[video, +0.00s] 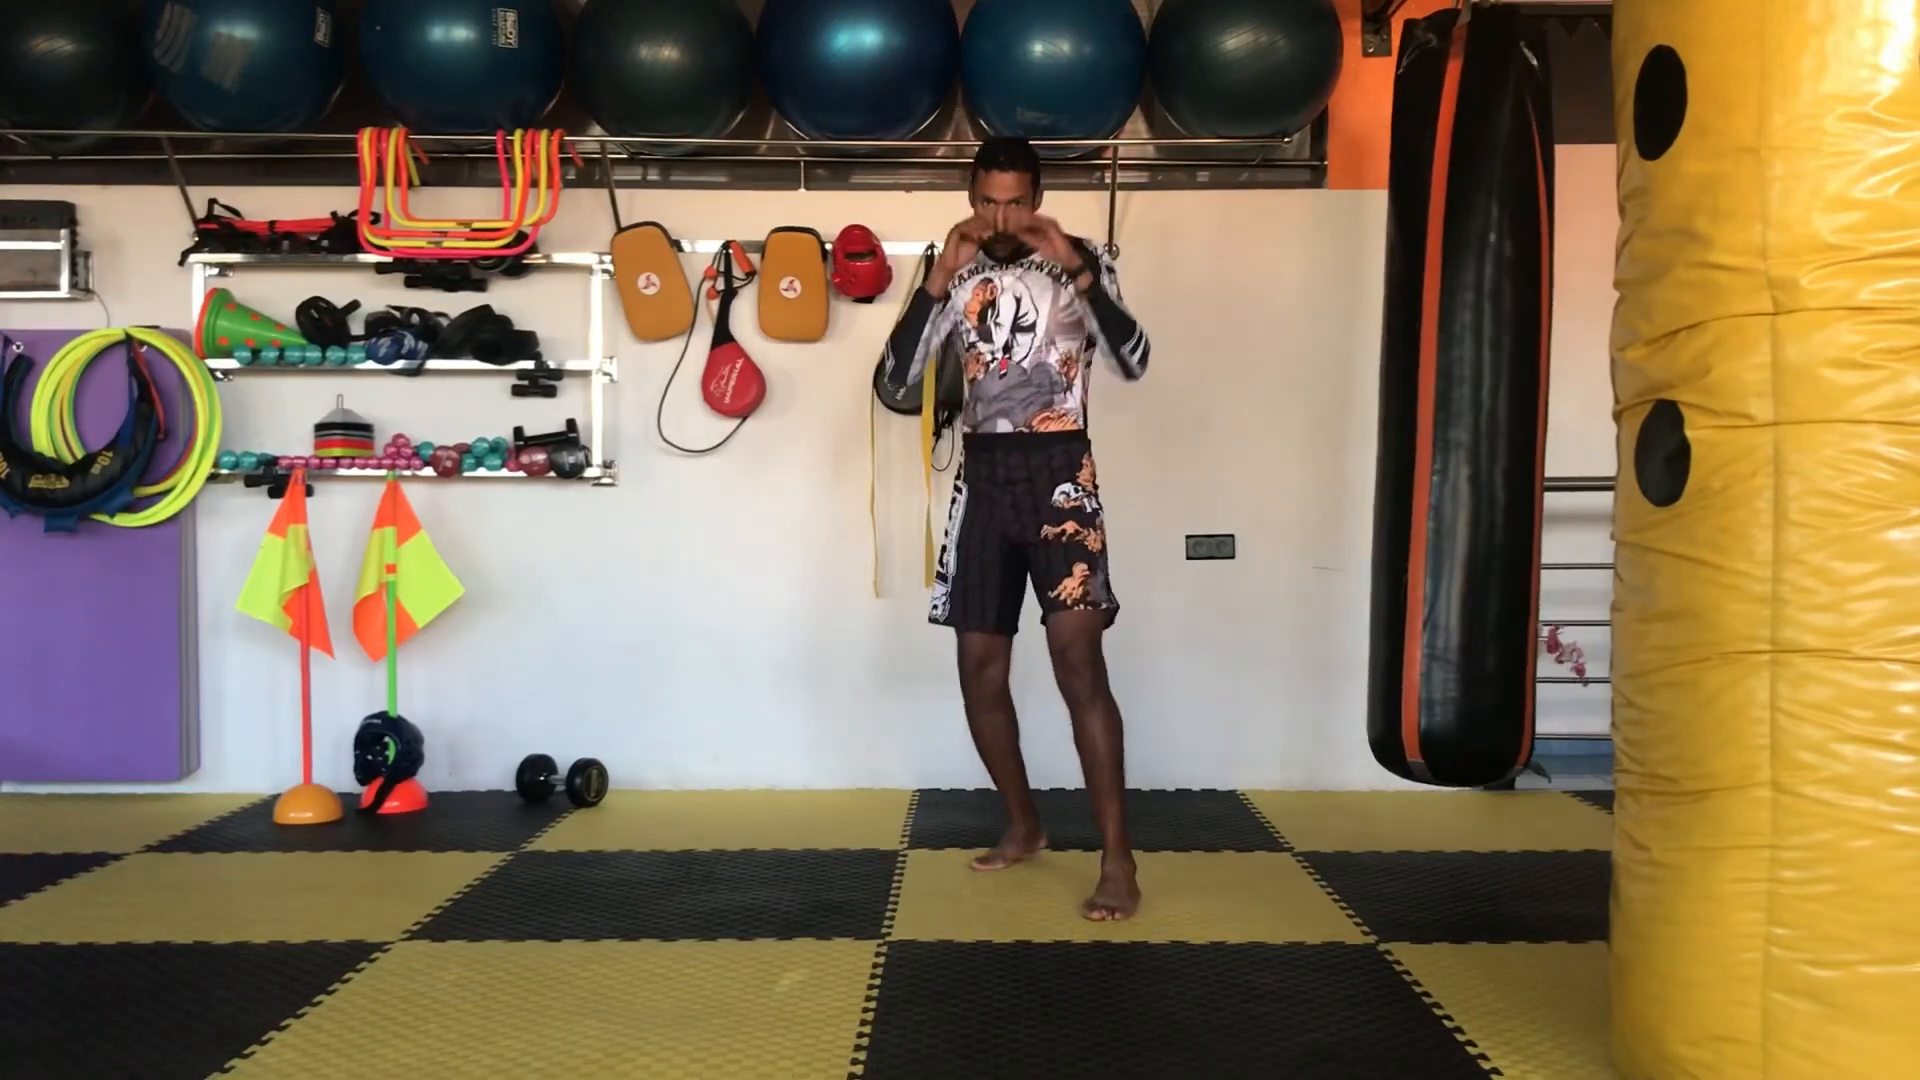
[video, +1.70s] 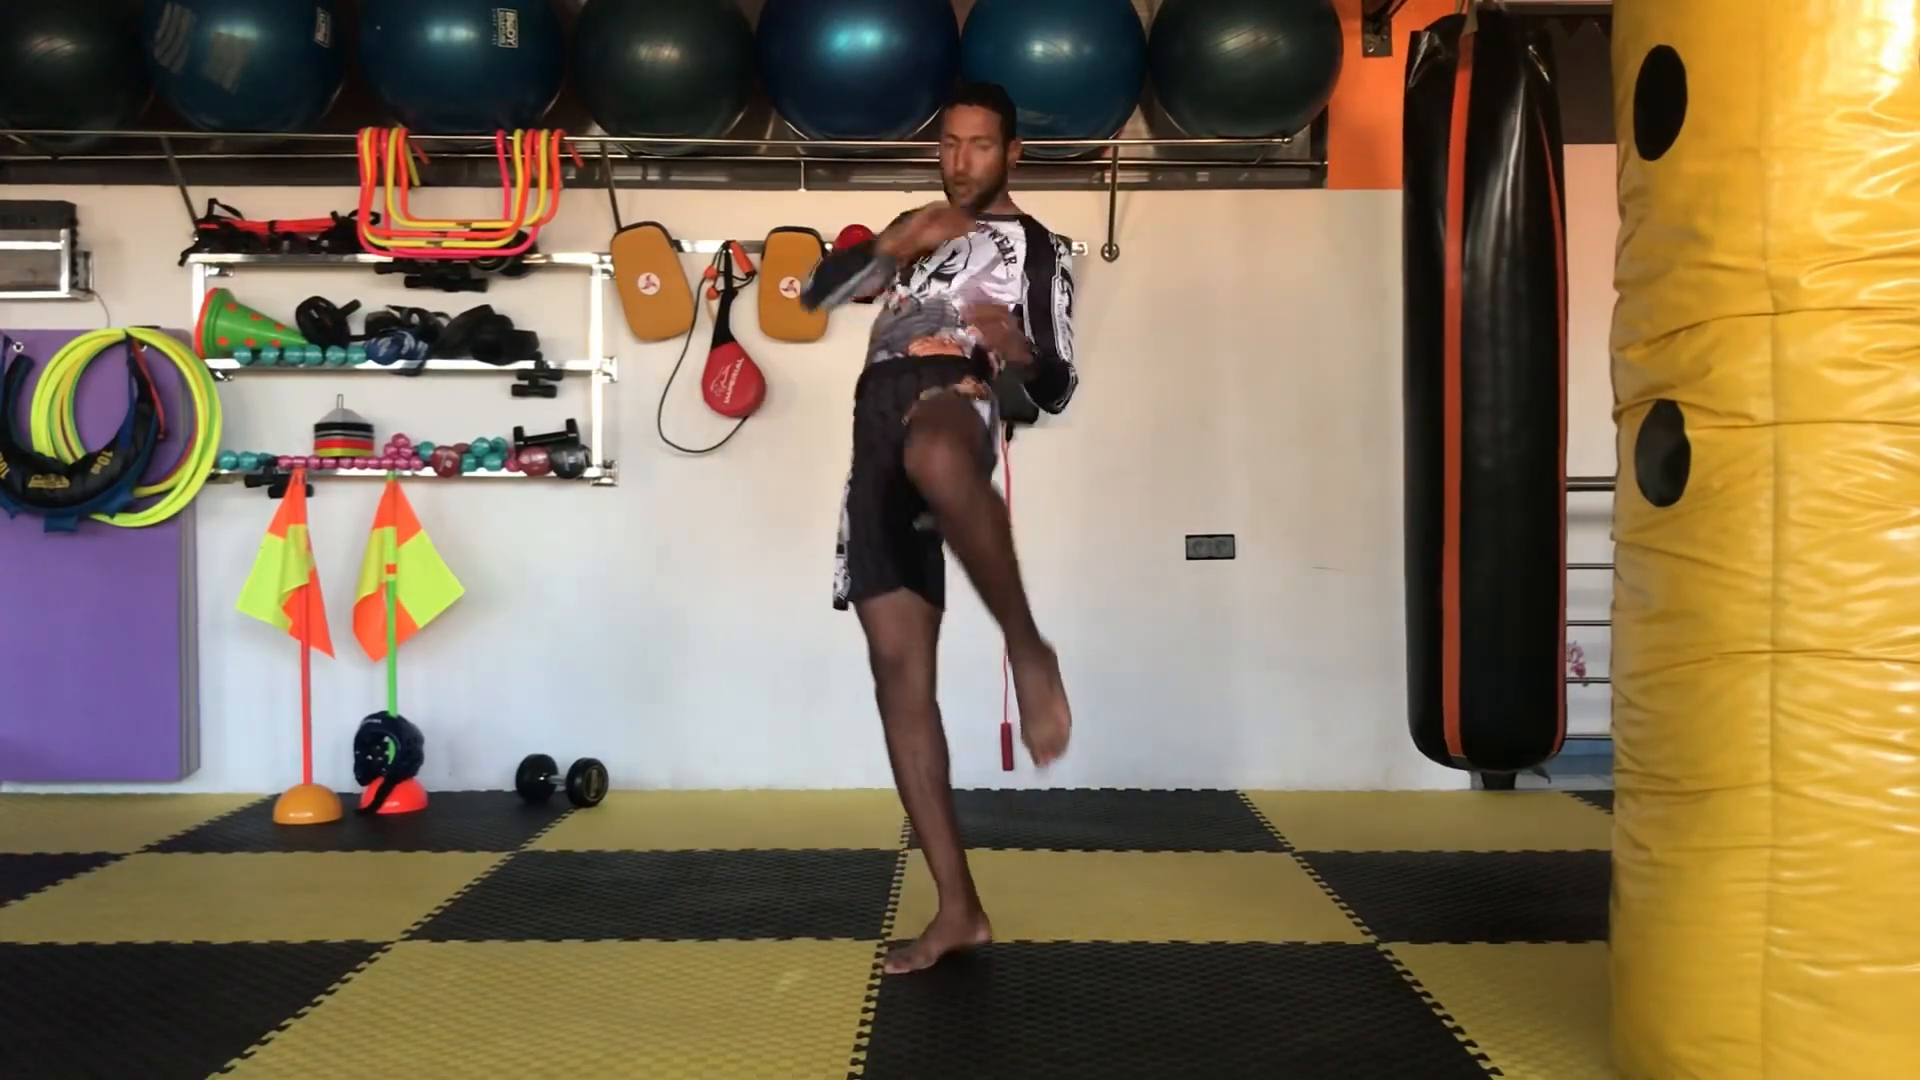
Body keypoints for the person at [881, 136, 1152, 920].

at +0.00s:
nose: (1001, 216)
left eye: (1015, 204)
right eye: (987, 202)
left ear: (1038, 201)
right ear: (971, 201)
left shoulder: (1077, 265)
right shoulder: (952, 277)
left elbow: (1131, 360)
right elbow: (896, 387)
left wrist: (1076, 271)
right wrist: (935, 283)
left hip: (1060, 479)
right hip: (983, 482)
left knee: (1079, 666)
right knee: (981, 671)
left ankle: (1117, 860)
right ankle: (1022, 824)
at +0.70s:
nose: (991, 244)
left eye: (1005, 231)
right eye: (977, 230)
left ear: (1026, 238)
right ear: (960, 239)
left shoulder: (1054, 299)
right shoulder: (936, 306)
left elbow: (1083, 254)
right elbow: (883, 428)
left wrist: (996, 176)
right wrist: (896, 386)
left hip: (1042, 501)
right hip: (959, 504)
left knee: (1046, 672)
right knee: (934, 668)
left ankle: (1038, 817)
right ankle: (929, 864)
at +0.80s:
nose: (975, 259)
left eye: (988, 244)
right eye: (963, 244)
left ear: (1014, 251)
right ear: (946, 251)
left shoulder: (1042, 316)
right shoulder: (920, 323)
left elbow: (1043, 243)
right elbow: (858, 388)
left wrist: (950, 156)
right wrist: (885, 292)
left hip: (1032, 521)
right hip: (947, 524)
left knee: (1043, 692)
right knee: (923, 679)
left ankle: (1040, 802)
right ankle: (938, 901)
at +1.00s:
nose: (979, 188)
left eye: (989, 174)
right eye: (965, 173)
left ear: (1004, 176)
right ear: (937, 171)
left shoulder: (1026, 251)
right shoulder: (885, 234)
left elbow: (1078, 338)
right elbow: (848, 253)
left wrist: (1042, 256)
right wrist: (961, 190)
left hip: (988, 453)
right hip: (895, 460)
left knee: (1074, 640)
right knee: (878, 677)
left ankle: (1028, 701)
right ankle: (934, 905)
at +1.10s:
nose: (965, 194)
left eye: (980, 181)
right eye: (950, 179)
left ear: (999, 179)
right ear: (928, 171)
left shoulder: (1023, 261)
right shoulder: (889, 227)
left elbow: (1055, 386)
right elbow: (888, 233)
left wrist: (1084, 393)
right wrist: (996, 216)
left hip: (988, 412)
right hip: (892, 421)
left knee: (1058, 483)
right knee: (871, 674)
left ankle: (1037, 617)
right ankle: (939, 897)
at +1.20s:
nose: (975, 197)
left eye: (991, 186)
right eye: (961, 183)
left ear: (1008, 188)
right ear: (939, 176)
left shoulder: (1028, 260)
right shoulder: (893, 220)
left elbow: (1032, 374)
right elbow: (894, 225)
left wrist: (1081, 479)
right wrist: (1002, 227)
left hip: (962, 406)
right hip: (877, 424)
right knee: (871, 666)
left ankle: (1064, 526)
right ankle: (935, 888)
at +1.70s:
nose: (963, 157)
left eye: (980, 143)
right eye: (952, 142)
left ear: (1011, 153)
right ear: (935, 150)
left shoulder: (1037, 249)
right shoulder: (907, 233)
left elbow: (1049, 392)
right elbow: (820, 290)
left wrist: (1015, 355)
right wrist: (895, 245)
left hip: (965, 404)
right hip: (881, 429)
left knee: (935, 450)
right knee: (900, 678)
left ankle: (1027, 652)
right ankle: (957, 906)